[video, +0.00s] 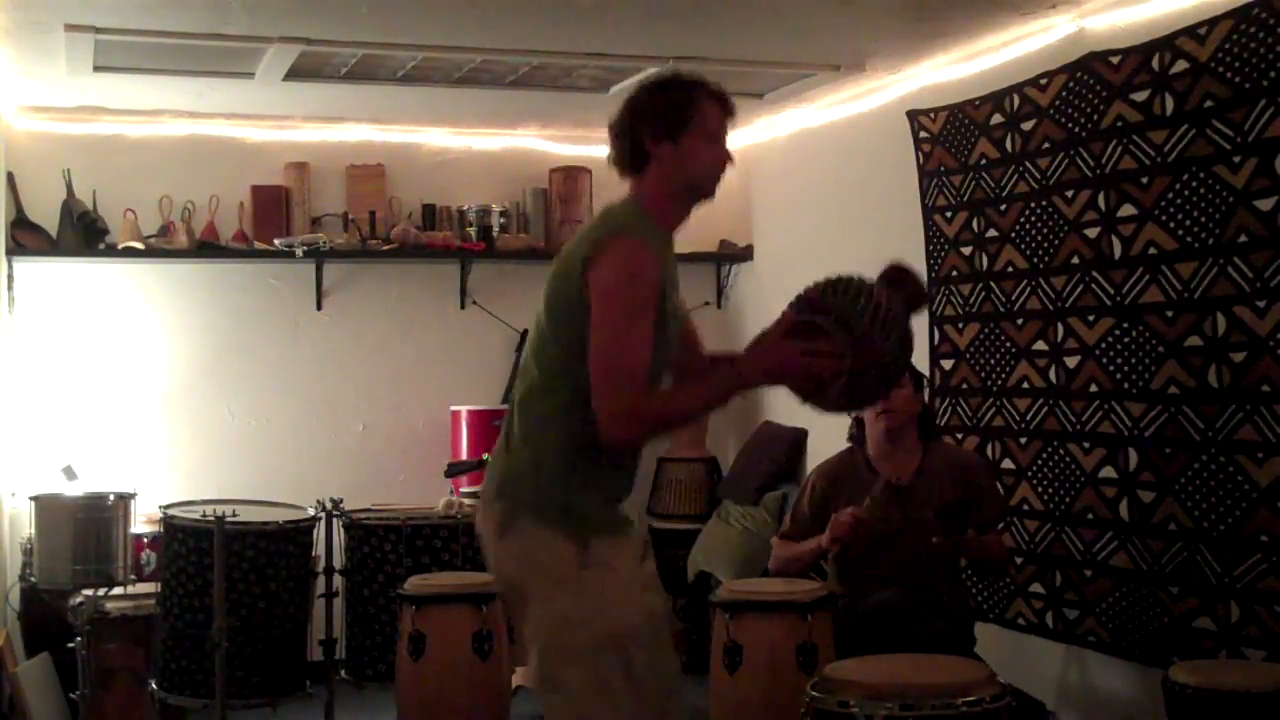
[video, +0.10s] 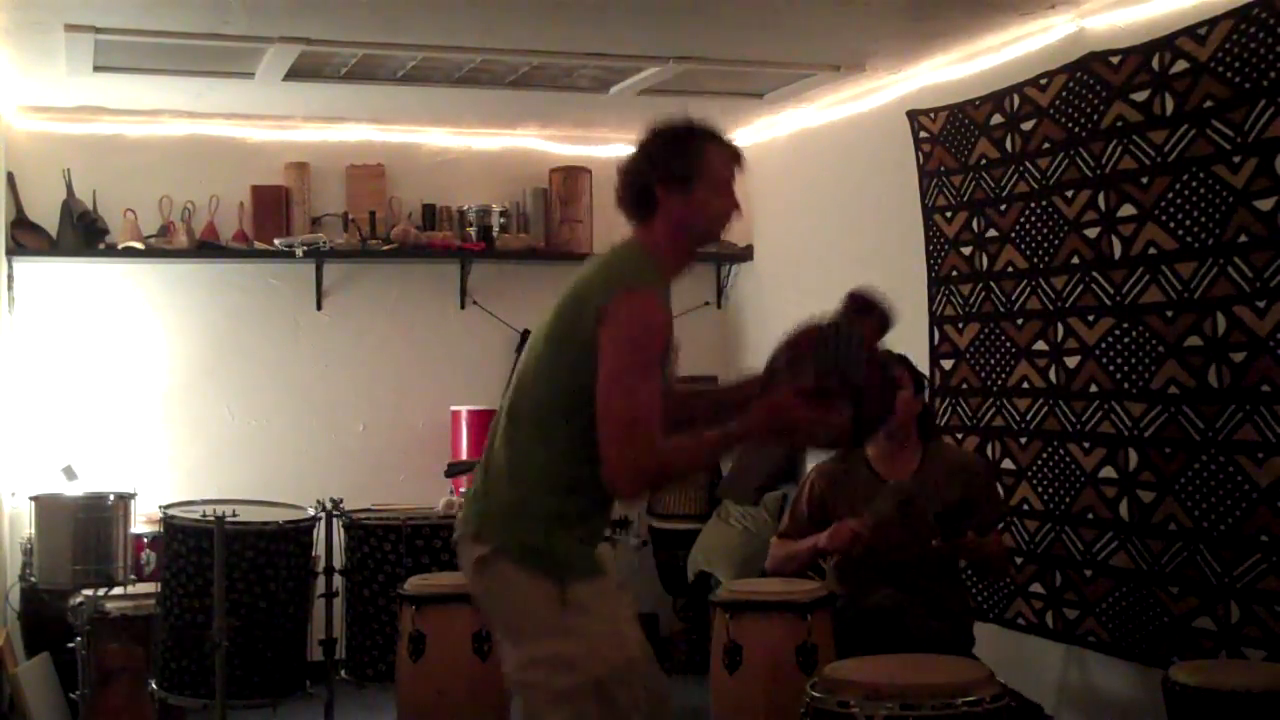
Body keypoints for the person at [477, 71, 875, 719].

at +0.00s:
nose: (728, 156)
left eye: (726, 139)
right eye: (715, 138)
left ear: (666, 147)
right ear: (662, 144)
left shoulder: (645, 246)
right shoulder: (627, 245)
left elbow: (690, 371)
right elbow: (622, 417)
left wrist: (769, 353)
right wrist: (752, 370)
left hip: (585, 512)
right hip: (554, 518)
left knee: (646, 693)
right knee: (611, 700)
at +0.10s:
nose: (736, 204)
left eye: (734, 187)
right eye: (725, 186)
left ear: (675, 197)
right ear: (672, 194)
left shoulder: (632, 276)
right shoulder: (634, 285)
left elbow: (657, 409)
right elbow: (631, 468)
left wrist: (761, 391)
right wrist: (750, 429)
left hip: (536, 538)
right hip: (531, 548)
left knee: (633, 702)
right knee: (623, 707)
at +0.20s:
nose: (748, 257)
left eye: (748, 241)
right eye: (739, 239)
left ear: (682, 237)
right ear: (686, 237)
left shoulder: (606, 302)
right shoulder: (649, 341)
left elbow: (635, 443)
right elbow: (629, 522)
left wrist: (748, 420)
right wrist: (726, 503)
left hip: (484, 547)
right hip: (519, 568)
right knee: (606, 705)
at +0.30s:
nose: (756, 304)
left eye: (757, 285)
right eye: (750, 284)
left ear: (685, 275)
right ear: (703, 278)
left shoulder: (597, 321)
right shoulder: (658, 375)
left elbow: (601, 454)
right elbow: (632, 561)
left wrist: (721, 455)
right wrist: (737, 576)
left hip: (454, 565)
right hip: (504, 588)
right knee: (597, 709)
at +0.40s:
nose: (768, 350)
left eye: (769, 333)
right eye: (765, 331)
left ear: (686, 305)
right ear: (727, 324)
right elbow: (606, 590)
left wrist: (714, 477)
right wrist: (712, 599)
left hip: (418, 563)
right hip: (485, 594)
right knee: (595, 709)